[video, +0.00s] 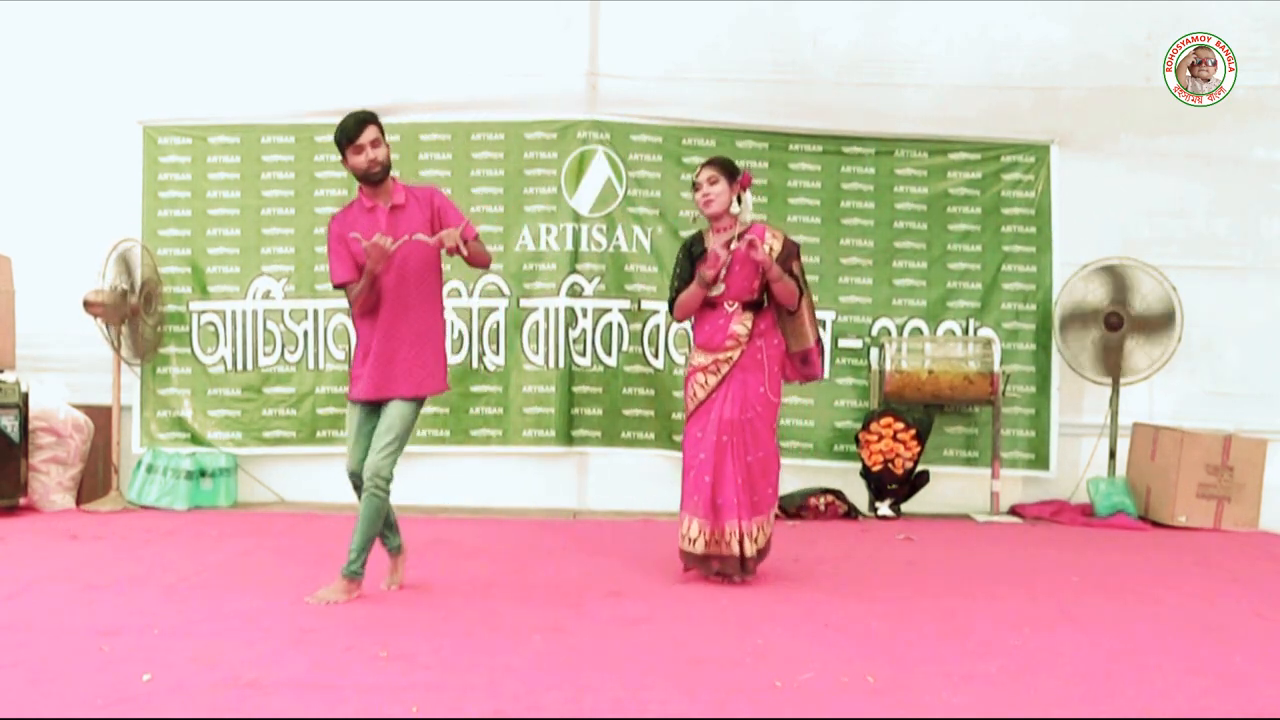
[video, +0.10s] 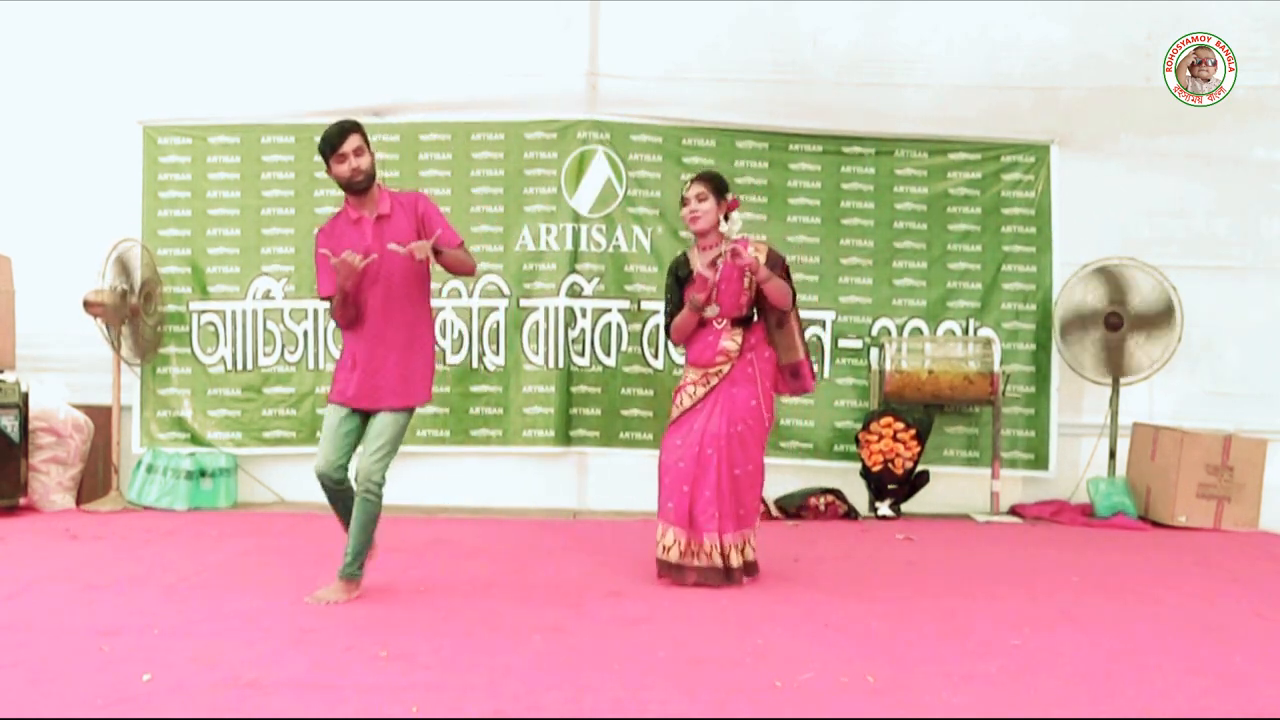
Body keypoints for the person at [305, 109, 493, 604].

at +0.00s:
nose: (372, 154)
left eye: (376, 143)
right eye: (360, 149)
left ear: (389, 145)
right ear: (346, 163)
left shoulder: (429, 200)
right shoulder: (343, 223)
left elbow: (484, 259)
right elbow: (358, 306)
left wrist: (461, 244)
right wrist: (372, 269)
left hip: (416, 357)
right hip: (370, 358)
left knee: (377, 470)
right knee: (357, 470)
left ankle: (350, 578)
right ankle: (396, 548)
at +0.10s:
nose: (355, 163)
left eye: (360, 152)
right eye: (342, 159)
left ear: (373, 155)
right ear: (330, 172)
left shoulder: (415, 207)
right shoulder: (330, 234)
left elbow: (467, 265)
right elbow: (343, 319)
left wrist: (436, 252)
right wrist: (346, 283)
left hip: (405, 367)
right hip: (355, 367)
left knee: (367, 473)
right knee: (329, 469)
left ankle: (349, 580)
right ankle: (363, 540)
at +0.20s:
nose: (348, 158)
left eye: (353, 147)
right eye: (335, 154)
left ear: (366, 148)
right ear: (323, 168)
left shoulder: (407, 195)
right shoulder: (324, 228)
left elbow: (457, 256)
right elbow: (331, 311)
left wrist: (420, 240)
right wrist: (322, 275)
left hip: (408, 357)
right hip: (358, 358)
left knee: (375, 465)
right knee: (333, 461)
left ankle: (351, 571)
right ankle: (337, 564)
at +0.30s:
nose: (347, 155)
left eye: (352, 143)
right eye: (335, 151)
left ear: (364, 143)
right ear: (322, 164)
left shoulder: (407, 190)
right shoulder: (326, 224)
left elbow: (451, 255)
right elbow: (321, 307)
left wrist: (412, 237)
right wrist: (300, 265)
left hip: (415, 350)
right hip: (363, 353)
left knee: (387, 457)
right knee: (343, 460)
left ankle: (365, 570)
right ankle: (333, 562)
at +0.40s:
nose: (351, 158)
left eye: (356, 146)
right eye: (338, 154)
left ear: (369, 146)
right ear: (326, 166)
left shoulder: (411, 193)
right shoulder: (331, 227)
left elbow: (452, 262)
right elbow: (325, 313)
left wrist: (413, 250)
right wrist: (298, 274)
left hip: (421, 354)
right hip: (368, 358)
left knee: (394, 461)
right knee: (345, 466)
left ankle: (376, 580)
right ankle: (332, 561)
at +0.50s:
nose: (367, 165)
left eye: (372, 152)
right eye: (354, 160)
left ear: (386, 152)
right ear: (343, 172)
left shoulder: (429, 202)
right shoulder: (350, 236)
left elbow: (460, 277)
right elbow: (353, 325)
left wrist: (415, 260)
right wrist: (321, 293)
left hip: (435, 362)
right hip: (380, 365)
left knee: (408, 474)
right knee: (352, 473)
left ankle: (382, 587)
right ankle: (340, 559)